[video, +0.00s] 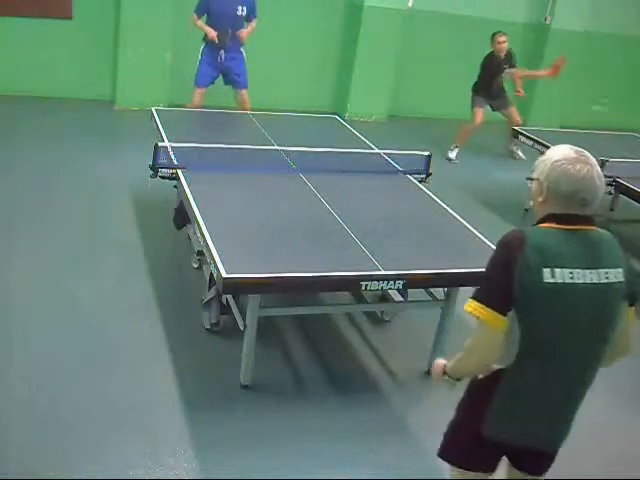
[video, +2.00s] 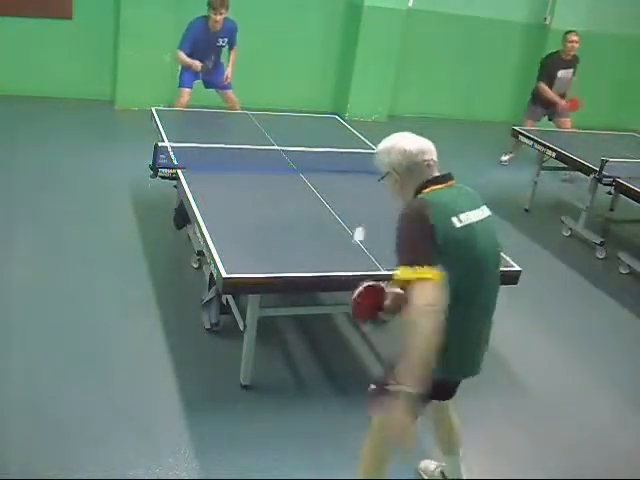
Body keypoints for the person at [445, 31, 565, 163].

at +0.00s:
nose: (502, 45)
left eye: (504, 42)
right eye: (499, 43)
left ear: (507, 43)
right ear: (492, 45)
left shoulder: (509, 54)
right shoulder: (490, 61)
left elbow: (514, 72)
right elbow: (518, 73)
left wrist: (518, 88)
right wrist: (546, 73)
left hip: (498, 91)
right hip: (480, 92)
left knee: (516, 121)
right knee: (477, 121)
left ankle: (513, 147)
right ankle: (455, 148)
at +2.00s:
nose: (573, 45)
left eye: (575, 42)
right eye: (570, 42)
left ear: (578, 45)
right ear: (563, 43)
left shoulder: (574, 61)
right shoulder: (549, 60)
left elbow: (568, 81)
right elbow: (541, 85)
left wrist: (566, 98)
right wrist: (559, 101)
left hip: (559, 101)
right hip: (541, 99)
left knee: (568, 132)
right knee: (526, 130)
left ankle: (570, 165)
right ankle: (511, 152)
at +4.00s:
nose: (544, 28)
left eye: (547, 26)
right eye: (542, 25)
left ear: (550, 28)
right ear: (536, 25)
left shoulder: (549, 46)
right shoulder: (523, 40)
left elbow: (550, 68)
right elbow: (501, 45)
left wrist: (542, 67)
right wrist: (506, 33)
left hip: (531, 87)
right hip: (513, 83)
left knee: (531, 117)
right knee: (499, 112)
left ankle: (522, 143)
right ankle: (481, 136)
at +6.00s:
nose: (526, 17)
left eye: (528, 14)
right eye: (524, 13)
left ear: (529, 16)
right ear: (516, 13)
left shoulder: (527, 35)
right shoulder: (502, 31)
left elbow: (526, 56)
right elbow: (492, 53)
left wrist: (523, 76)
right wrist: (487, 75)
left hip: (515, 77)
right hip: (498, 76)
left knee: (513, 107)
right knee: (488, 104)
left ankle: (508, 136)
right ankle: (477, 129)